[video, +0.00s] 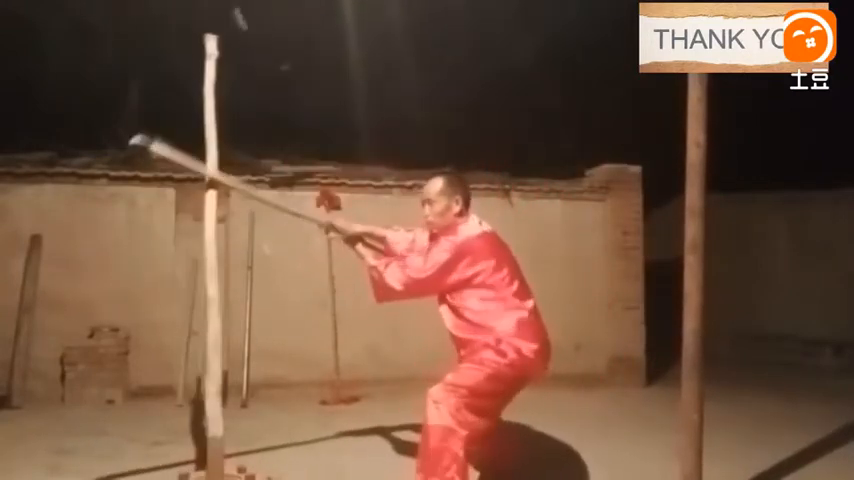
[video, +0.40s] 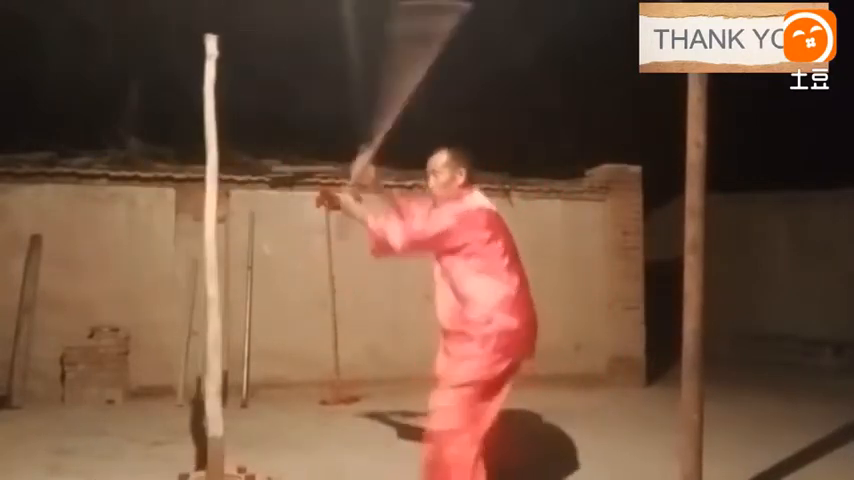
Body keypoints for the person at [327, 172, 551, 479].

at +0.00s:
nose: (424, 212)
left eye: (430, 203)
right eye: (423, 204)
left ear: (456, 205)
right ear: (455, 207)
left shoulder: (464, 243)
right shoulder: (466, 233)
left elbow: (401, 277)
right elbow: (406, 240)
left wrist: (356, 243)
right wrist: (353, 228)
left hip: (508, 350)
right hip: (513, 346)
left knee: (444, 400)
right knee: (466, 408)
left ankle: (440, 474)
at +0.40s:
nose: (429, 180)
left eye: (436, 173)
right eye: (428, 173)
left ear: (460, 176)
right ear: (453, 177)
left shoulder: (472, 214)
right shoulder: (459, 208)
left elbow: (403, 234)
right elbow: (409, 213)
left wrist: (348, 204)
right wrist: (374, 189)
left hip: (492, 333)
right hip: (472, 330)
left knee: (451, 419)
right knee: (454, 417)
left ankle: (453, 475)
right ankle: (460, 474)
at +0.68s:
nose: (419, 164)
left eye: (425, 155)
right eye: (417, 157)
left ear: (449, 156)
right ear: (424, 162)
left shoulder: (466, 189)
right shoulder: (440, 190)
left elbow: (402, 206)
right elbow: (379, 188)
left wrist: (334, 192)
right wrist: (353, 148)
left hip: (492, 305)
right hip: (466, 308)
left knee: (486, 383)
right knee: (463, 390)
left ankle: (519, 461)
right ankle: (488, 461)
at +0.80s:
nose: (418, 158)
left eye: (425, 150)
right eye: (414, 151)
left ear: (448, 148)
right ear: (411, 153)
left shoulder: (467, 186)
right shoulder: (413, 190)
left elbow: (452, 230)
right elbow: (373, 200)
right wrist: (334, 200)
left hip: (481, 293)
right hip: (439, 293)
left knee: (461, 363)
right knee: (443, 365)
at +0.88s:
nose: (412, 164)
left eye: (419, 155)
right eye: (408, 157)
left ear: (444, 153)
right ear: (406, 159)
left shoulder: (466, 191)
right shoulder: (412, 196)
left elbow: (476, 249)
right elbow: (379, 210)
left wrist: (439, 267)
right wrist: (343, 206)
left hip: (462, 296)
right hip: (424, 295)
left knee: (445, 372)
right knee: (426, 371)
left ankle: (426, 458)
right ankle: (427, 439)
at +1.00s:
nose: (399, 188)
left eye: (404, 178)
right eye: (393, 181)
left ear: (427, 172)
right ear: (390, 183)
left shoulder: (457, 205)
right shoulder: (398, 221)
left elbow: (483, 253)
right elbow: (392, 281)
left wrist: (455, 294)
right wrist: (377, 336)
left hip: (460, 298)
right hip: (420, 300)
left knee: (450, 374)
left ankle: (429, 457)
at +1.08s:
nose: (395, 196)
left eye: (400, 186)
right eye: (389, 189)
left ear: (423, 180)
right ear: (385, 189)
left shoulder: (451, 209)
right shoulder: (391, 229)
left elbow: (479, 261)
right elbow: (382, 291)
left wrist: (458, 304)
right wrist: (371, 357)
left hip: (438, 317)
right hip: (395, 312)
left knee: (446, 382)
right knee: (344, 325)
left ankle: (436, 466)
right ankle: (347, 382)